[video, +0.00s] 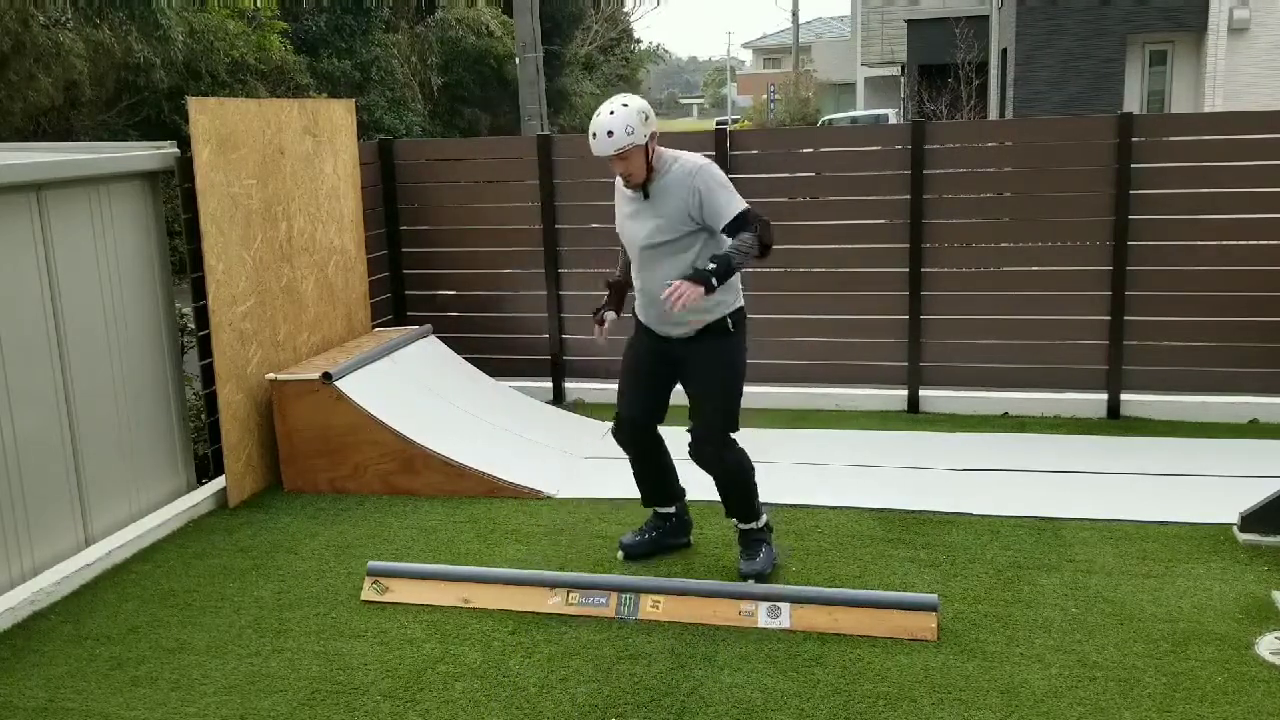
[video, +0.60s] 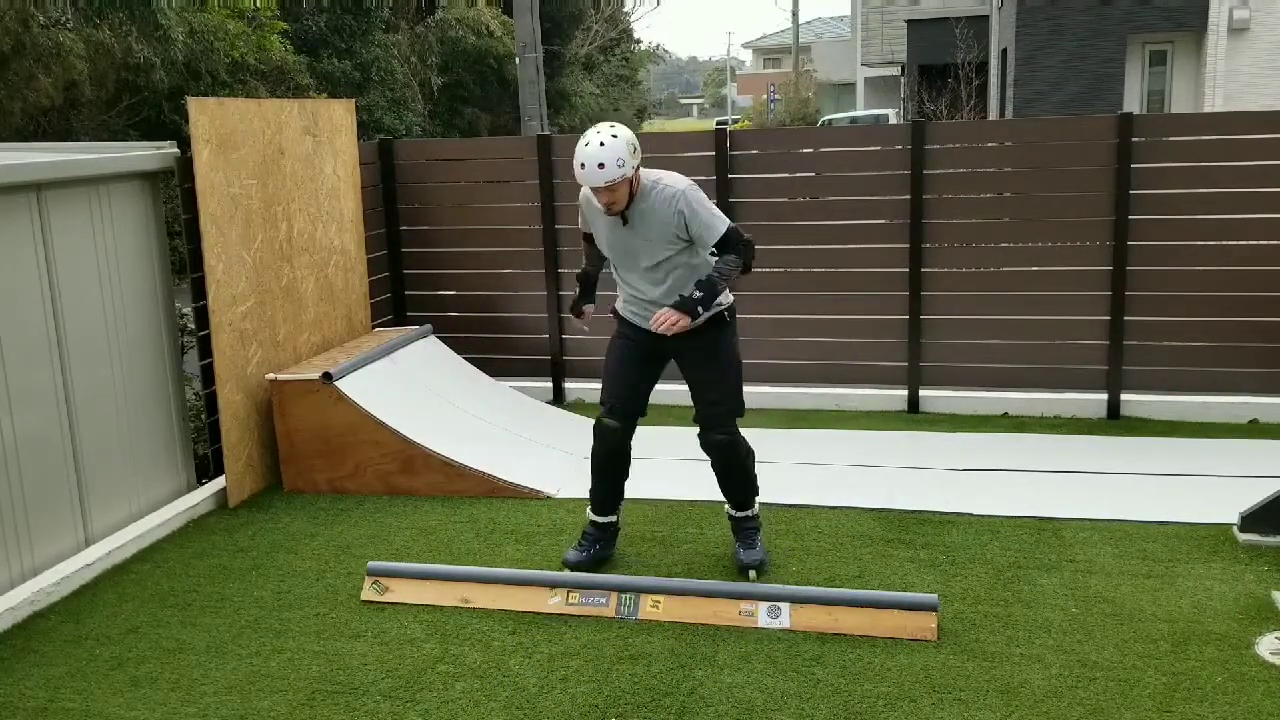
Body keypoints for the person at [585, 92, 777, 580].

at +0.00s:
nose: (617, 168)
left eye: (624, 156)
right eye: (611, 159)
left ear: (650, 142)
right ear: (607, 152)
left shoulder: (697, 173)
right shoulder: (623, 185)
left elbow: (752, 235)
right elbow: (637, 244)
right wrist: (617, 292)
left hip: (713, 330)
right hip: (653, 331)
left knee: (711, 443)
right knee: (632, 427)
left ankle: (753, 532)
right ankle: (670, 521)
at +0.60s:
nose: (603, 199)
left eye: (612, 187)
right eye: (595, 189)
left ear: (634, 174)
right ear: (585, 181)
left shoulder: (678, 195)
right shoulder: (589, 201)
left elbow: (738, 248)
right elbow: (596, 247)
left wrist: (692, 306)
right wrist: (585, 292)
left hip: (703, 325)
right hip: (636, 326)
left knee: (719, 435)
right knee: (611, 427)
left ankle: (746, 526)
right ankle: (600, 531)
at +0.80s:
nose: (598, 239)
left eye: (606, 229)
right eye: (590, 231)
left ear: (628, 212)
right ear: (578, 219)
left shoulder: (671, 226)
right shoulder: (581, 230)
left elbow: (732, 285)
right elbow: (568, 262)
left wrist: (688, 340)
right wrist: (554, 314)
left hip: (701, 331)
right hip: (634, 330)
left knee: (712, 438)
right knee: (603, 427)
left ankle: (742, 533)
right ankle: (599, 533)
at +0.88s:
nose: (604, 272)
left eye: (613, 263)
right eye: (595, 263)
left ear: (632, 243)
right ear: (583, 246)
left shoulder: (672, 253)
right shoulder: (579, 252)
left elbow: (736, 313)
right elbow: (546, 293)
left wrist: (705, 376)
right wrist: (521, 356)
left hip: (701, 344)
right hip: (636, 343)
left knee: (706, 443)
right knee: (597, 431)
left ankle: (742, 534)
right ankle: (600, 533)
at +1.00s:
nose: (625, 263)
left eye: (635, 253)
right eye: (616, 252)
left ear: (653, 237)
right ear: (602, 235)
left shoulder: (686, 250)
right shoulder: (582, 249)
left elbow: (753, 283)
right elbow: (533, 296)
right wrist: (514, 339)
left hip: (696, 349)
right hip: (625, 352)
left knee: (704, 454)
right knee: (588, 445)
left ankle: (741, 537)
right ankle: (601, 532)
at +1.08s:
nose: (638, 247)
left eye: (649, 237)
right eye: (628, 236)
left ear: (664, 221)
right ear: (611, 220)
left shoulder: (694, 238)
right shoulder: (583, 239)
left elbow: (753, 264)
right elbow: (531, 282)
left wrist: (800, 322)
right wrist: (520, 303)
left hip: (691, 349)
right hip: (619, 352)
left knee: (703, 454)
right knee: (589, 447)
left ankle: (741, 536)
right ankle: (600, 534)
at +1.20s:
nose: (700, 153)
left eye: (708, 145)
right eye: (694, 142)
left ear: (712, 138)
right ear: (665, 123)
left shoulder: (696, 153)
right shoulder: (612, 142)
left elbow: (726, 158)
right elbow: (528, 152)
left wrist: (773, 171)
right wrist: (569, 168)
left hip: (660, 301)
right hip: (602, 305)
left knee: (702, 403)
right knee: (635, 423)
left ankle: (697, 520)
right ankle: (596, 496)